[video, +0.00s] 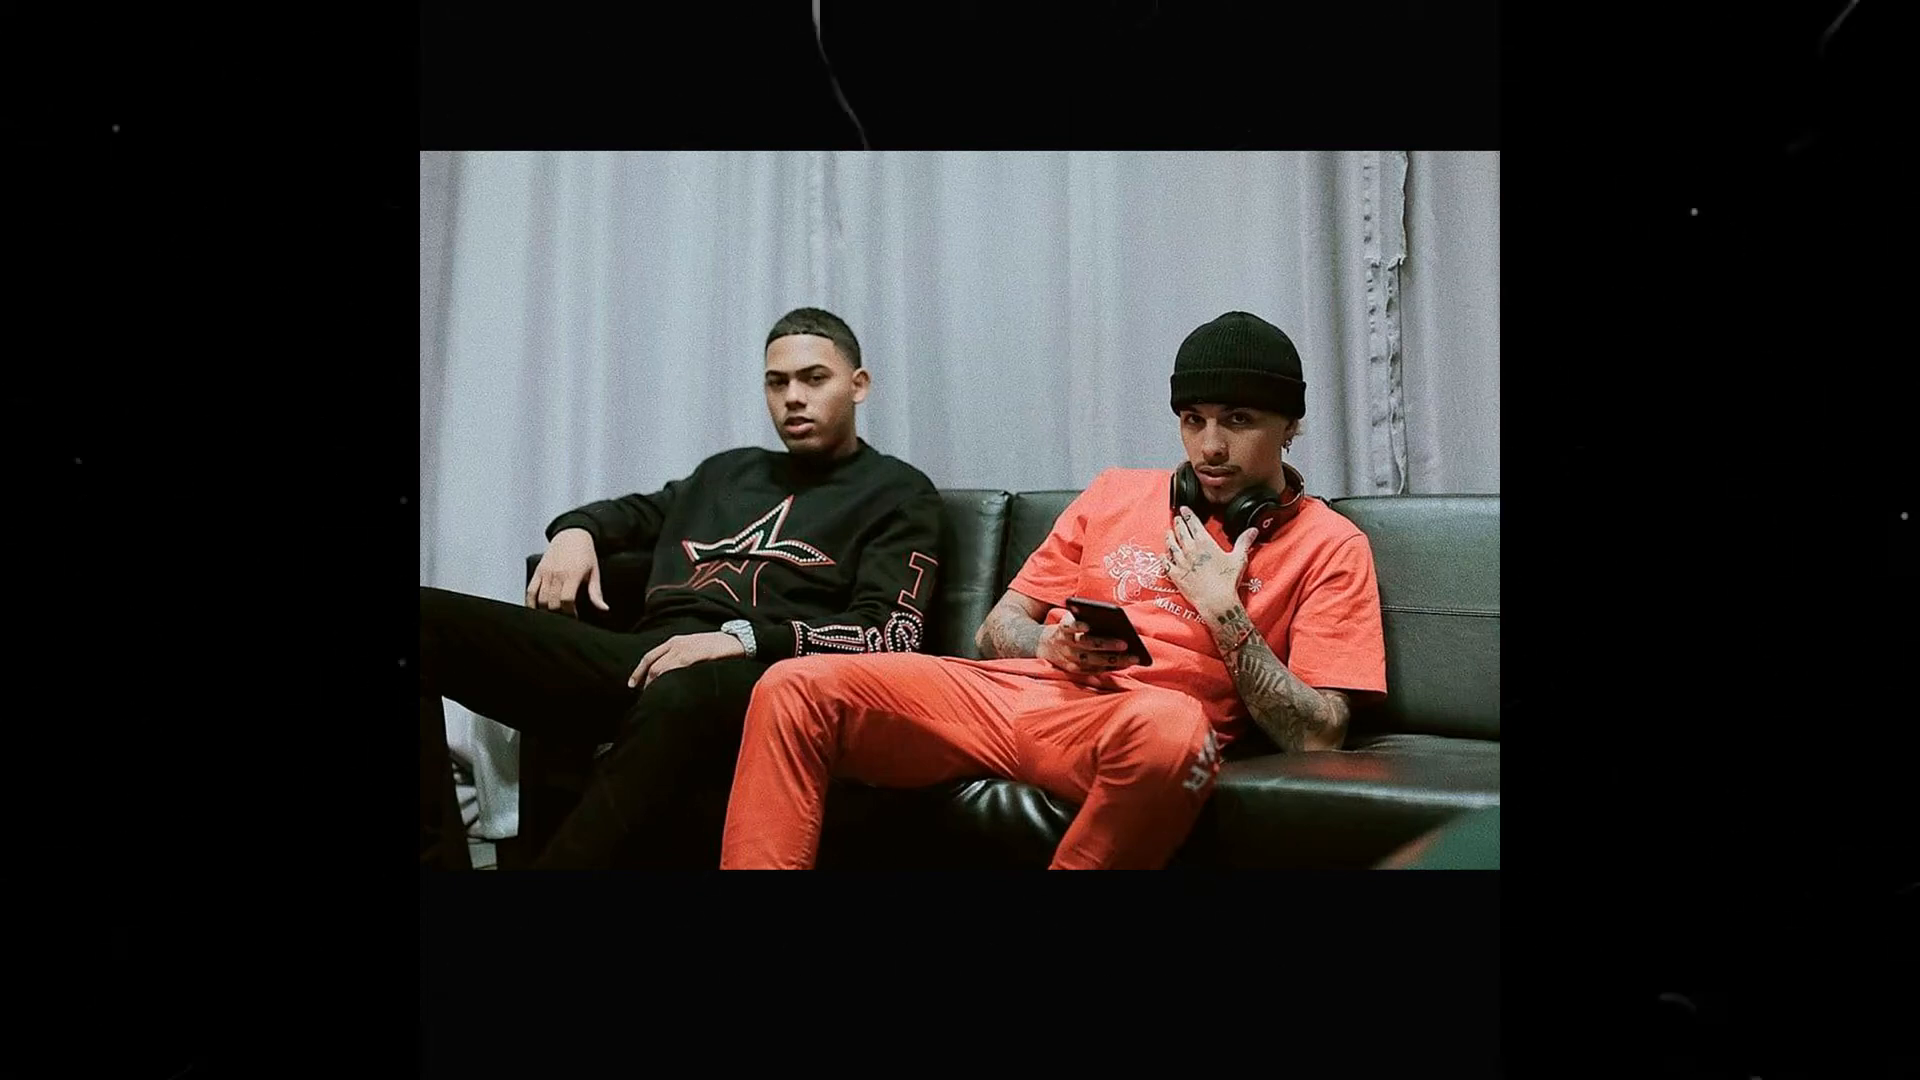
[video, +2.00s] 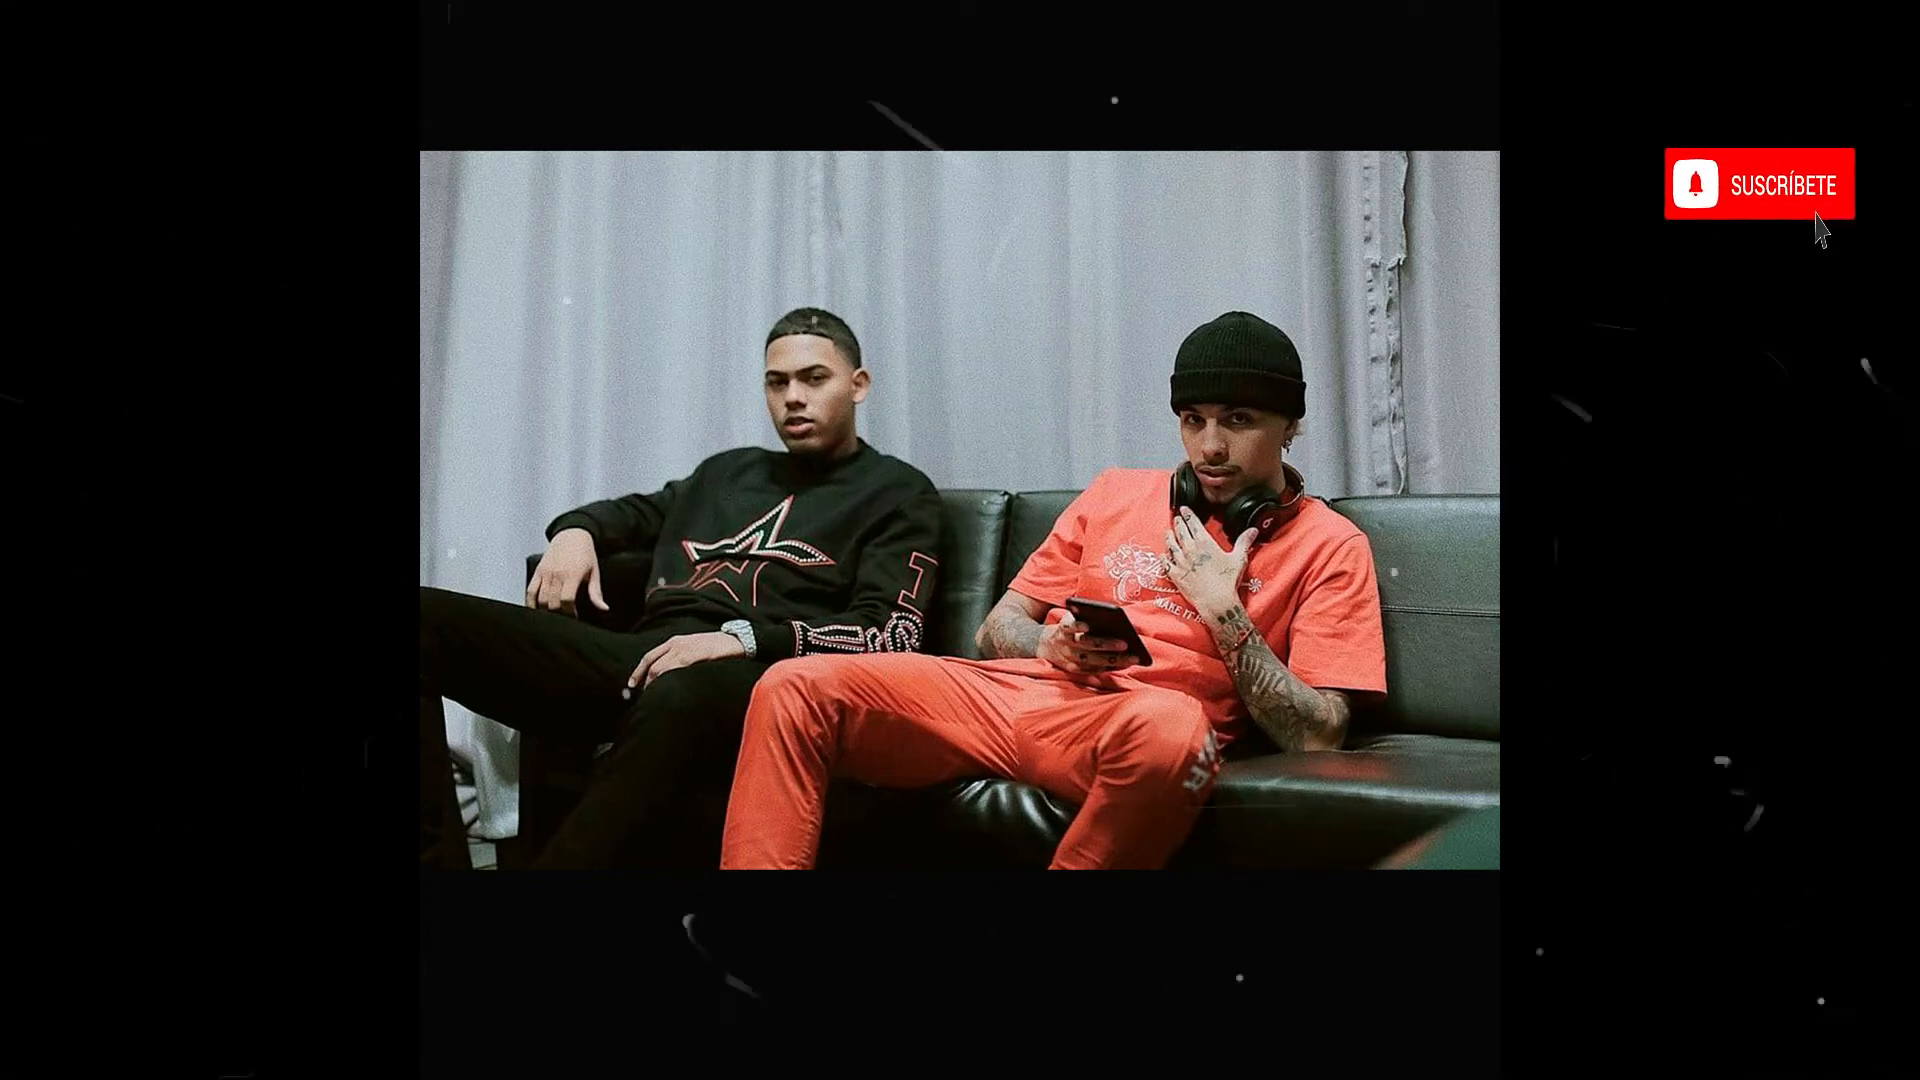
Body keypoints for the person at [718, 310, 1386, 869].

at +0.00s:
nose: (1210, 445)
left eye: (1237, 421)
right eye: (1195, 419)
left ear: (1288, 428)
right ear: (1179, 422)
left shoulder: (1328, 546)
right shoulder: (1117, 493)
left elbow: (1317, 735)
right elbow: (1000, 625)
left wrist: (1227, 615)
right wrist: (1052, 647)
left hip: (1132, 708)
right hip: (1014, 685)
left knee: (1170, 745)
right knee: (791, 694)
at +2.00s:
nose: (1210, 445)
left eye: (1238, 421)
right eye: (1195, 420)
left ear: (1288, 428)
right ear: (1178, 422)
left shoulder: (1328, 546)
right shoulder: (1117, 493)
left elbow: (1318, 736)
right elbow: (999, 626)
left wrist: (1227, 615)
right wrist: (1052, 646)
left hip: (1132, 707)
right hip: (1014, 685)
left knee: (1170, 745)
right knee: (792, 693)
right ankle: (750, 949)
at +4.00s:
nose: (1210, 445)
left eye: (1238, 421)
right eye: (1195, 419)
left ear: (1288, 429)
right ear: (1179, 422)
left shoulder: (1329, 546)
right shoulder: (1118, 493)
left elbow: (1318, 734)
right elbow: (999, 626)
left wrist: (1227, 615)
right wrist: (1051, 647)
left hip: (1131, 708)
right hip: (1014, 685)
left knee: (1171, 745)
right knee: (792, 693)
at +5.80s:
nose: (1210, 445)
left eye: (1238, 421)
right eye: (1195, 419)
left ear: (1288, 429)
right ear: (1179, 422)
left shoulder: (1329, 546)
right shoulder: (1118, 493)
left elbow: (1318, 735)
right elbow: (999, 626)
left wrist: (1227, 615)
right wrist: (1051, 647)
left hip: (1131, 708)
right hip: (1013, 685)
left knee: (1171, 745)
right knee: (792, 693)